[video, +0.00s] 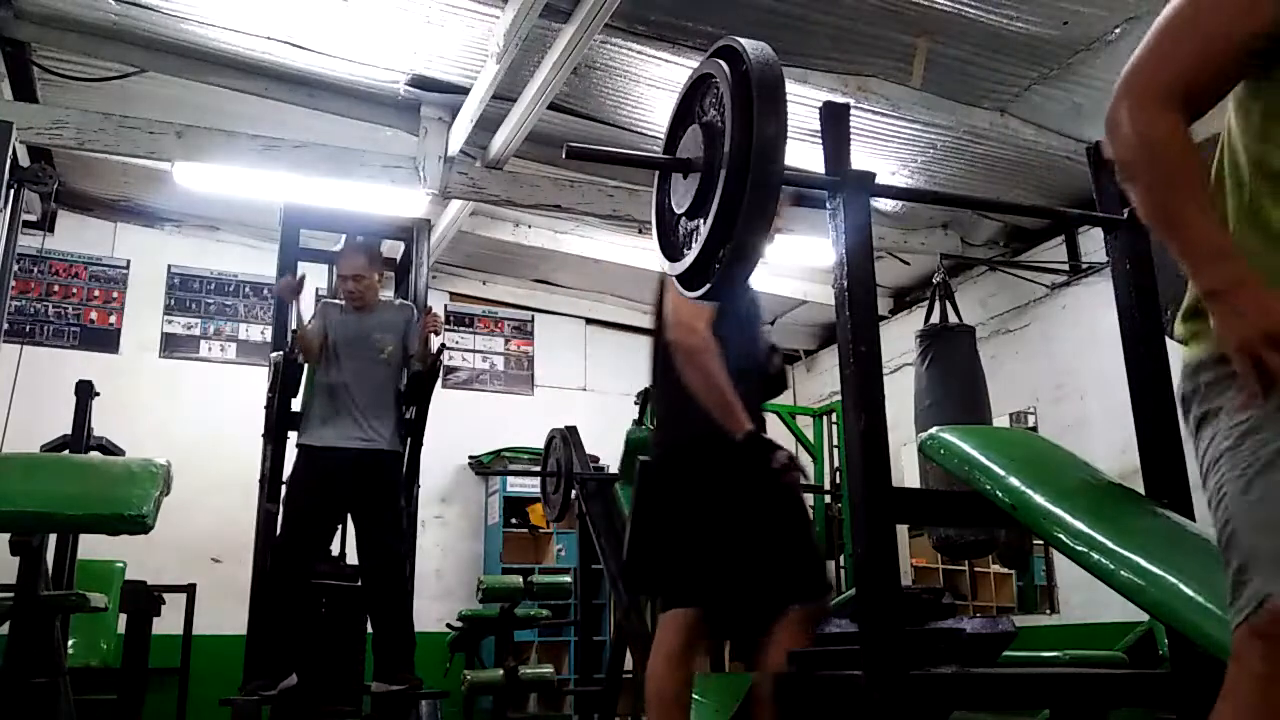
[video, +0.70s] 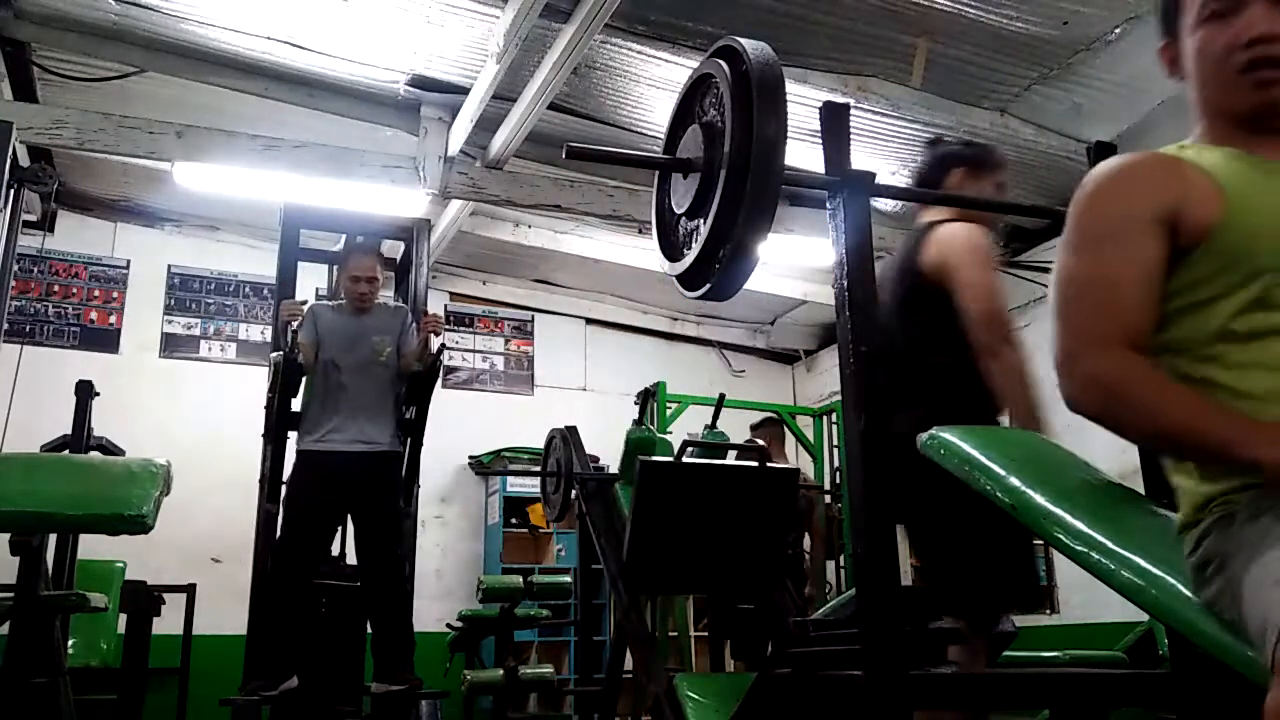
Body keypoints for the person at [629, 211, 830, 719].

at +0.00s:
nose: (783, 219)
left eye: (784, 206)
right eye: (779, 203)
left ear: (751, 204)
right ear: (749, 199)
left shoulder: (730, 272)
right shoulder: (704, 254)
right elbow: (688, 334)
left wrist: (762, 370)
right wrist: (749, 435)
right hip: (713, 461)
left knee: (682, 619)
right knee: (794, 607)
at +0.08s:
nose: (799, 231)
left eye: (802, 219)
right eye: (795, 214)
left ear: (773, 214)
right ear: (764, 206)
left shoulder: (749, 276)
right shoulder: (731, 257)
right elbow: (707, 332)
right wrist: (765, 434)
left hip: (718, 464)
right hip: (721, 463)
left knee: (692, 620)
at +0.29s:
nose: (853, 215)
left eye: (851, 205)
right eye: (847, 205)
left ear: (808, 211)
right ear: (828, 210)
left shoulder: (795, 256)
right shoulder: (814, 250)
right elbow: (786, 332)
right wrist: (824, 438)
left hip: (766, 458)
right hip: (793, 458)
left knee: (716, 619)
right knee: (718, 618)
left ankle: (682, 714)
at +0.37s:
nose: (902, 223)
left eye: (902, 211)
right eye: (897, 208)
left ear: (863, 211)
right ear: (869, 207)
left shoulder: (851, 263)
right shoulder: (831, 246)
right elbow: (820, 330)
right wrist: (855, 423)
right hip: (816, 449)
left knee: (755, 606)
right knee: (757, 606)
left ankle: (702, 709)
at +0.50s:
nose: (945, 211)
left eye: (945, 198)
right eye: (937, 197)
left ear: (888, 193)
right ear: (906, 192)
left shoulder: (868, 239)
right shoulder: (888, 227)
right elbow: (888, 332)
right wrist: (931, 418)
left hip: (855, 442)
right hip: (889, 440)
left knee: (843, 599)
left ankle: (751, 707)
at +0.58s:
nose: (963, 202)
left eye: (964, 190)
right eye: (956, 189)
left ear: (911, 187)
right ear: (921, 181)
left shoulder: (884, 242)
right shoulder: (915, 231)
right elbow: (917, 325)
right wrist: (972, 423)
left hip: (893, 444)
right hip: (927, 444)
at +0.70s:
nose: (998, 198)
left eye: (999, 186)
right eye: (991, 185)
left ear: (939, 185)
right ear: (958, 181)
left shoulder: (913, 249)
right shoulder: (960, 237)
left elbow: (911, 353)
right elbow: (992, 339)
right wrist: (1032, 431)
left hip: (911, 440)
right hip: (956, 440)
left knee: (949, 578)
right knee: (980, 589)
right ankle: (968, 697)